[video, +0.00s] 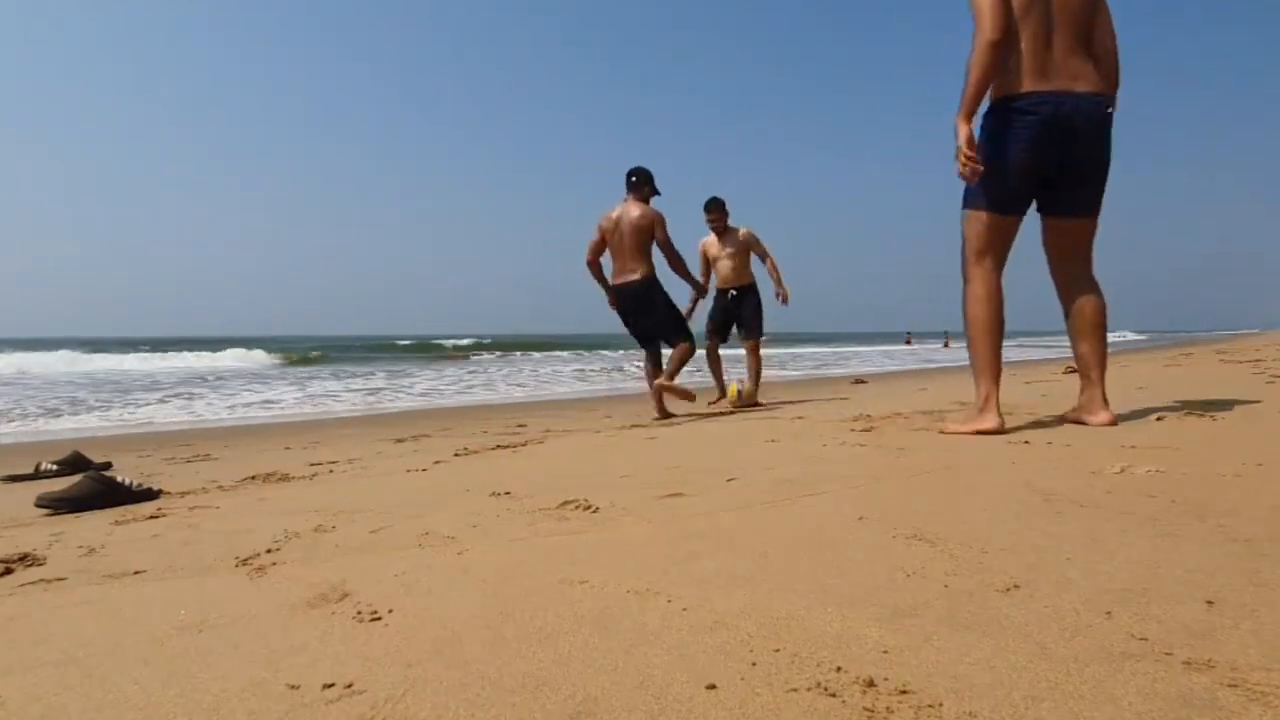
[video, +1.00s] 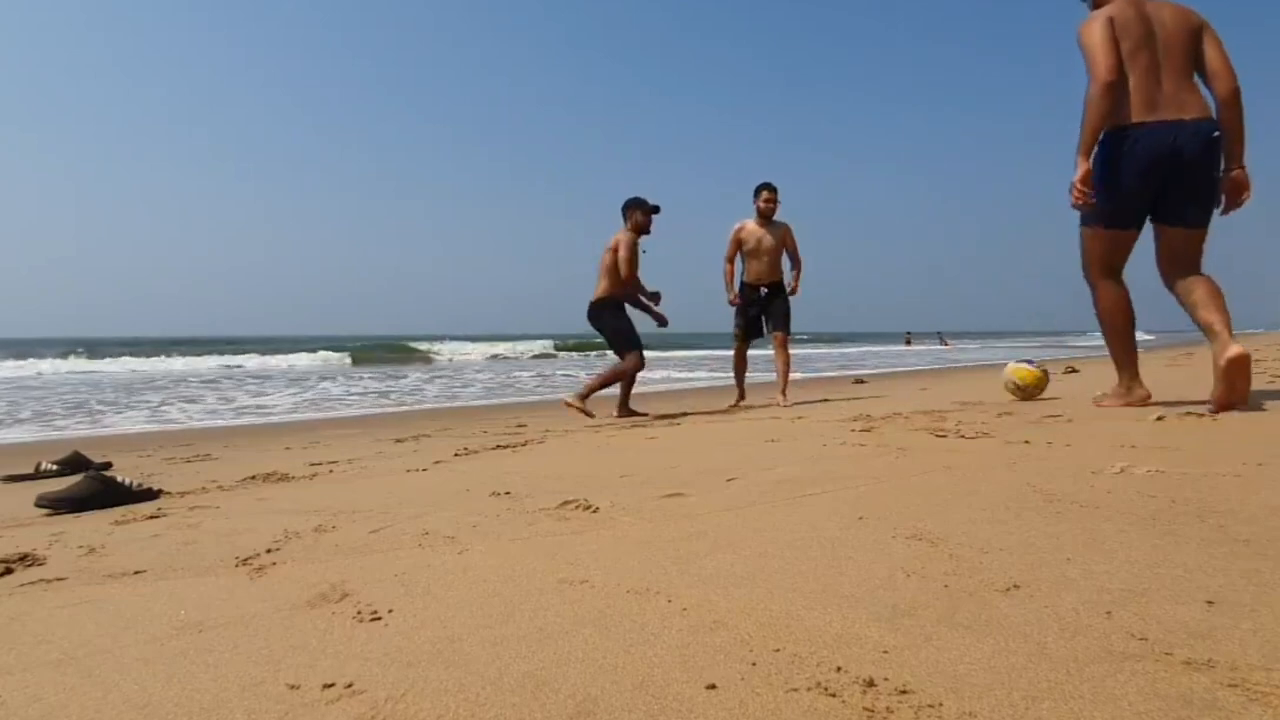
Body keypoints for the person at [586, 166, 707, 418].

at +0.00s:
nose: (653, 194)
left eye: (652, 189)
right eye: (650, 189)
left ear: (629, 188)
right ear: (640, 188)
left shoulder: (609, 219)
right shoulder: (650, 215)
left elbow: (592, 259)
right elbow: (670, 255)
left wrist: (608, 290)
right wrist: (694, 283)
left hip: (619, 290)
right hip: (645, 285)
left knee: (651, 349)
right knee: (685, 343)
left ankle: (660, 408)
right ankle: (667, 378)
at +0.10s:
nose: (657, 193)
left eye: (656, 188)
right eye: (654, 188)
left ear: (633, 187)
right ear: (642, 186)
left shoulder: (612, 216)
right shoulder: (653, 213)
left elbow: (589, 253)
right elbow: (670, 253)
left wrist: (609, 282)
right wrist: (694, 282)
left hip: (621, 287)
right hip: (646, 282)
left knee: (653, 340)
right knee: (695, 328)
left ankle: (652, 397)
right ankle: (697, 393)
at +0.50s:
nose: (659, 222)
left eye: (658, 218)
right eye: (656, 217)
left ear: (635, 216)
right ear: (645, 215)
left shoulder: (614, 240)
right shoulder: (658, 237)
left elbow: (604, 277)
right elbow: (687, 260)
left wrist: (619, 293)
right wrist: (670, 275)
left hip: (622, 306)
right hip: (649, 303)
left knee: (641, 353)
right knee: (671, 350)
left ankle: (625, 403)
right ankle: (675, 403)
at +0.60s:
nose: (662, 232)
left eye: (662, 228)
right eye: (659, 227)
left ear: (638, 226)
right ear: (647, 225)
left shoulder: (616, 248)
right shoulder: (657, 248)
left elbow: (604, 284)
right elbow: (666, 275)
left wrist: (624, 277)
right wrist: (646, 275)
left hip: (613, 308)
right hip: (639, 307)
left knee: (640, 355)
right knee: (669, 348)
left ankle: (624, 405)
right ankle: (677, 401)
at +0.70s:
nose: (662, 240)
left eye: (663, 235)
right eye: (659, 235)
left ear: (641, 234)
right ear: (646, 233)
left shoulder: (620, 252)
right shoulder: (656, 253)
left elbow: (611, 280)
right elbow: (649, 289)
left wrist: (630, 276)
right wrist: (631, 275)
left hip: (607, 308)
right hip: (630, 307)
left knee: (638, 353)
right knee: (665, 344)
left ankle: (624, 405)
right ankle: (649, 398)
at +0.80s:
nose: (659, 243)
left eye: (659, 239)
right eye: (656, 238)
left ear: (637, 238)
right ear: (644, 237)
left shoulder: (620, 254)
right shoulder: (652, 256)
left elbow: (615, 283)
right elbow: (652, 296)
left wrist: (637, 288)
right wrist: (633, 289)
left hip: (603, 309)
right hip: (622, 311)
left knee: (638, 356)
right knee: (659, 360)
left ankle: (625, 405)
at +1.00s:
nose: (651, 220)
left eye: (651, 215)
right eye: (647, 215)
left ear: (632, 217)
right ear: (632, 216)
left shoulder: (623, 240)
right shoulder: (626, 240)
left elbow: (626, 284)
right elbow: (628, 280)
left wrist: (648, 294)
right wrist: (651, 310)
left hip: (609, 305)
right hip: (607, 306)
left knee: (633, 359)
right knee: (634, 362)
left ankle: (623, 406)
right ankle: (580, 397)